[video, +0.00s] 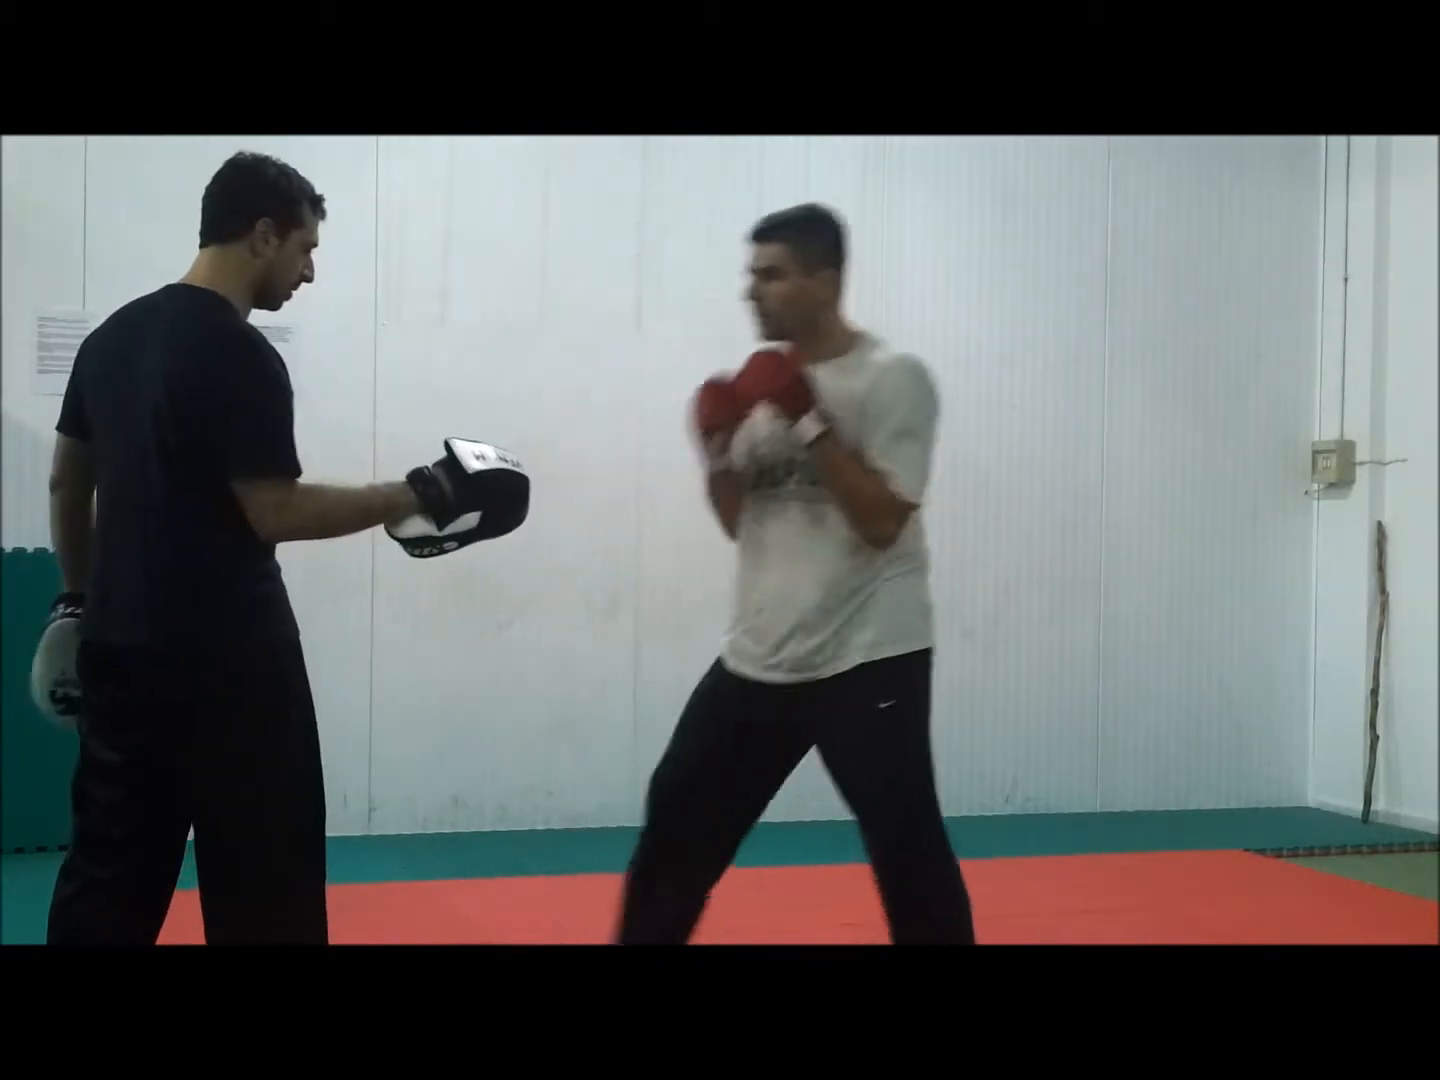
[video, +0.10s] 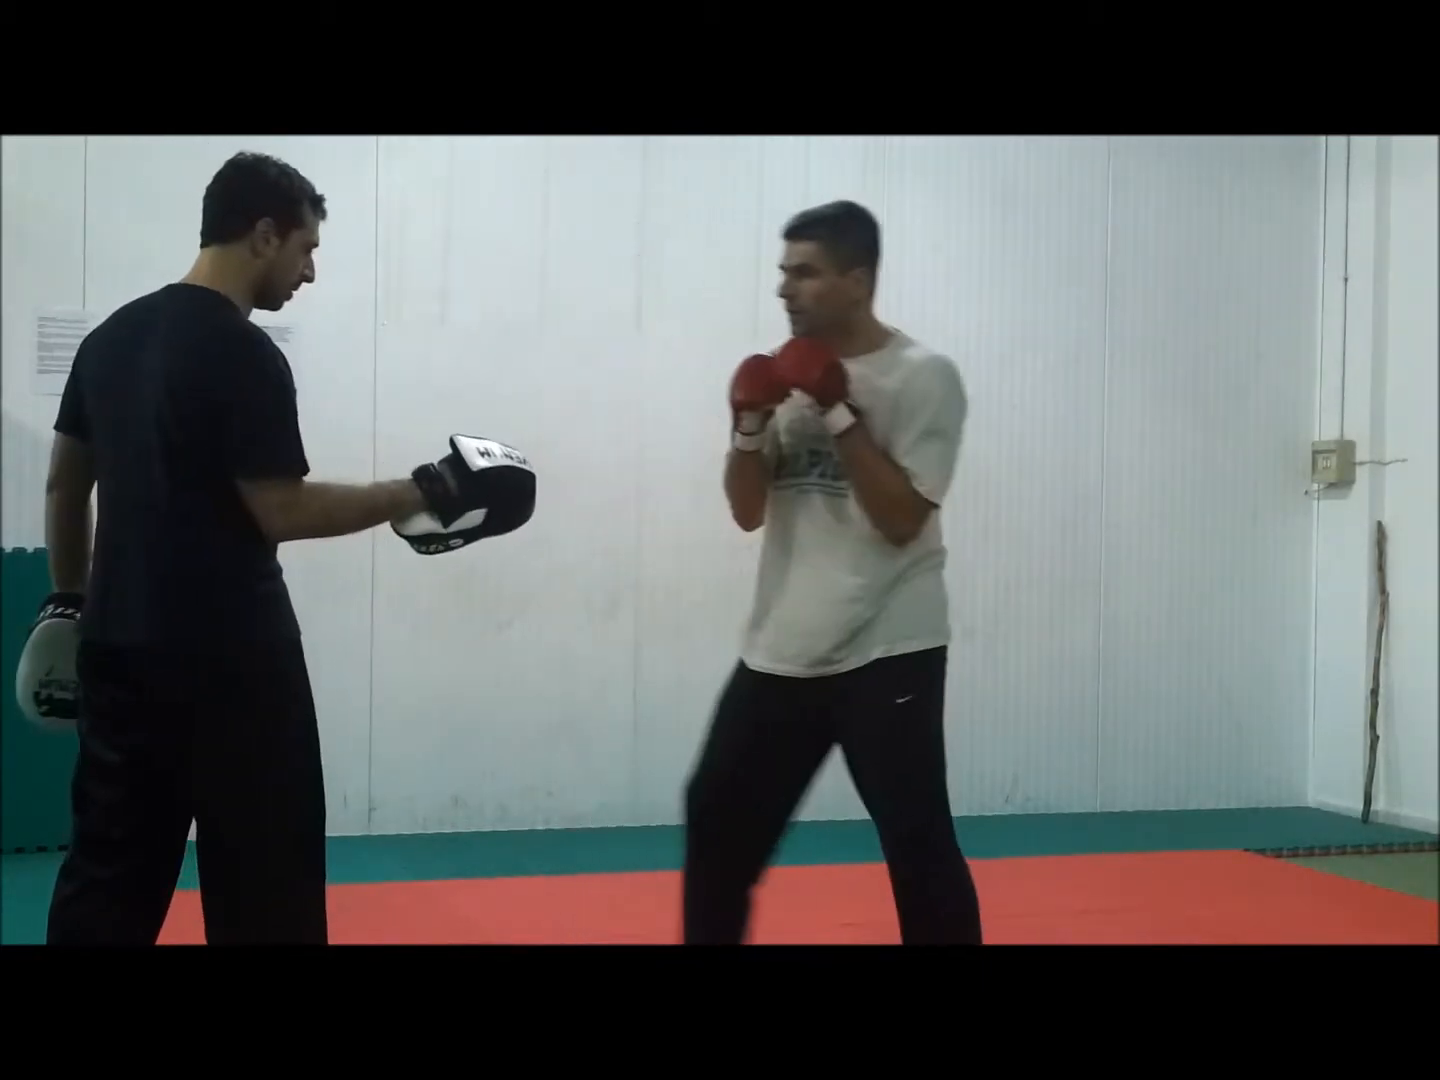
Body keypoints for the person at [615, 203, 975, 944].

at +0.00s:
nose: (751, 291)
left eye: (769, 274)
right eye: (750, 276)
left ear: (826, 278)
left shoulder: (894, 379)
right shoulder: (760, 385)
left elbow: (884, 522)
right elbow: (739, 524)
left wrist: (808, 417)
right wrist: (717, 446)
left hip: (870, 657)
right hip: (762, 656)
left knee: (909, 851)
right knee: (678, 823)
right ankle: (641, 943)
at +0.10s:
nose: (783, 290)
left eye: (801, 273)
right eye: (782, 273)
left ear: (859, 277)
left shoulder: (924, 377)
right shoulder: (784, 378)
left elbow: (903, 520)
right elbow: (748, 512)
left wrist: (840, 411)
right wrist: (749, 424)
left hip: (890, 651)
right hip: (782, 650)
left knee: (917, 839)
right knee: (717, 819)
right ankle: (710, 945)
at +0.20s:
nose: (793, 293)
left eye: (811, 276)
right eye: (791, 276)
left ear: (870, 282)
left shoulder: (933, 383)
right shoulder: (788, 382)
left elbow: (916, 527)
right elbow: (755, 516)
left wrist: (850, 420)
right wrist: (759, 431)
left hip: (899, 649)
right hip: (794, 649)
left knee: (921, 841)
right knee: (727, 822)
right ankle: (722, 950)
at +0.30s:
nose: (783, 300)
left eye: (801, 282)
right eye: (781, 284)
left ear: (858, 286)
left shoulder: (928, 387)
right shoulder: (791, 386)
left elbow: (913, 531)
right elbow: (761, 524)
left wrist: (840, 425)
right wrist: (757, 438)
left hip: (896, 658)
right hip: (791, 654)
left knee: (921, 849)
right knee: (714, 816)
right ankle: (711, 949)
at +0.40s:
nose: (758, 303)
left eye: (774, 285)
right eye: (757, 286)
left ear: (830, 286)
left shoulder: (905, 385)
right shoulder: (780, 389)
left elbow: (889, 530)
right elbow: (759, 528)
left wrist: (818, 429)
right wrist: (738, 446)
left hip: (883, 663)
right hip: (784, 658)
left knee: (919, 863)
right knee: (699, 818)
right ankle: (692, 948)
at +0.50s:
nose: (723, 307)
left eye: (737, 289)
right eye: (721, 292)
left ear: (791, 287)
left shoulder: (862, 377)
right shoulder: (772, 398)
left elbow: (841, 528)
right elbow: (760, 532)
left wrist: (768, 432)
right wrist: (710, 452)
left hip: (867, 660)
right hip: (776, 658)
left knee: (904, 855)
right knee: (690, 829)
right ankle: (656, 947)